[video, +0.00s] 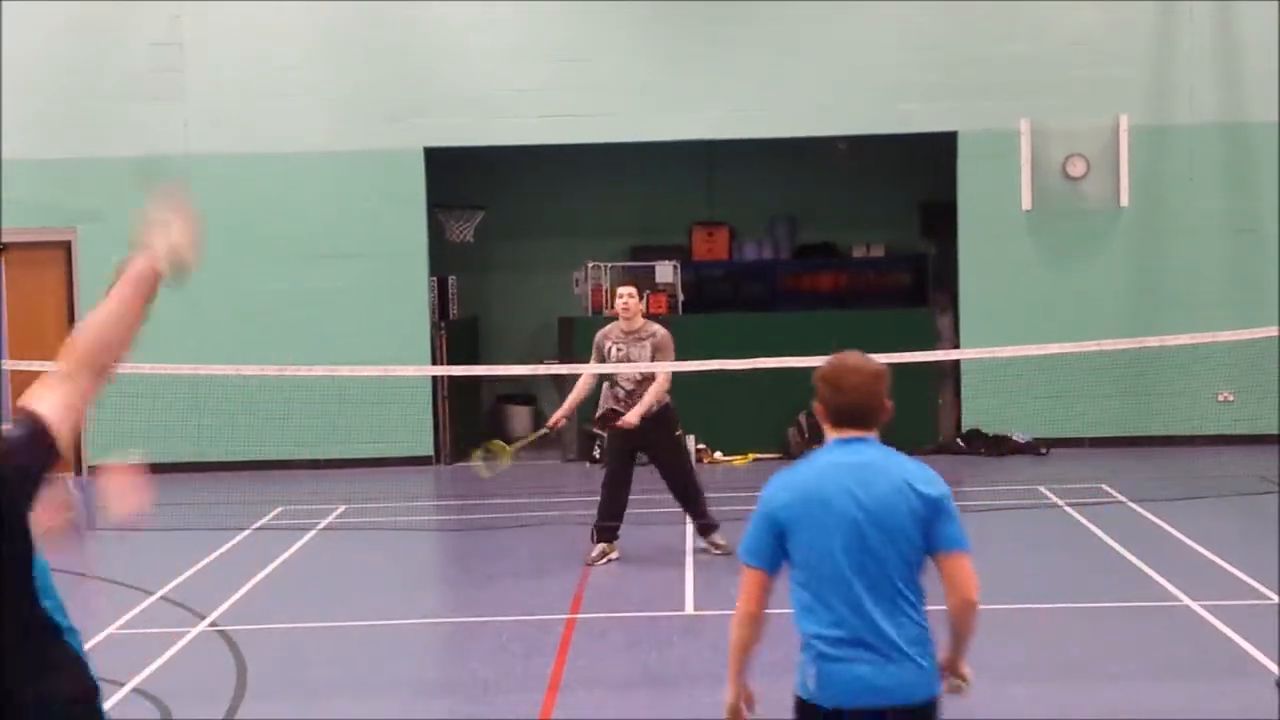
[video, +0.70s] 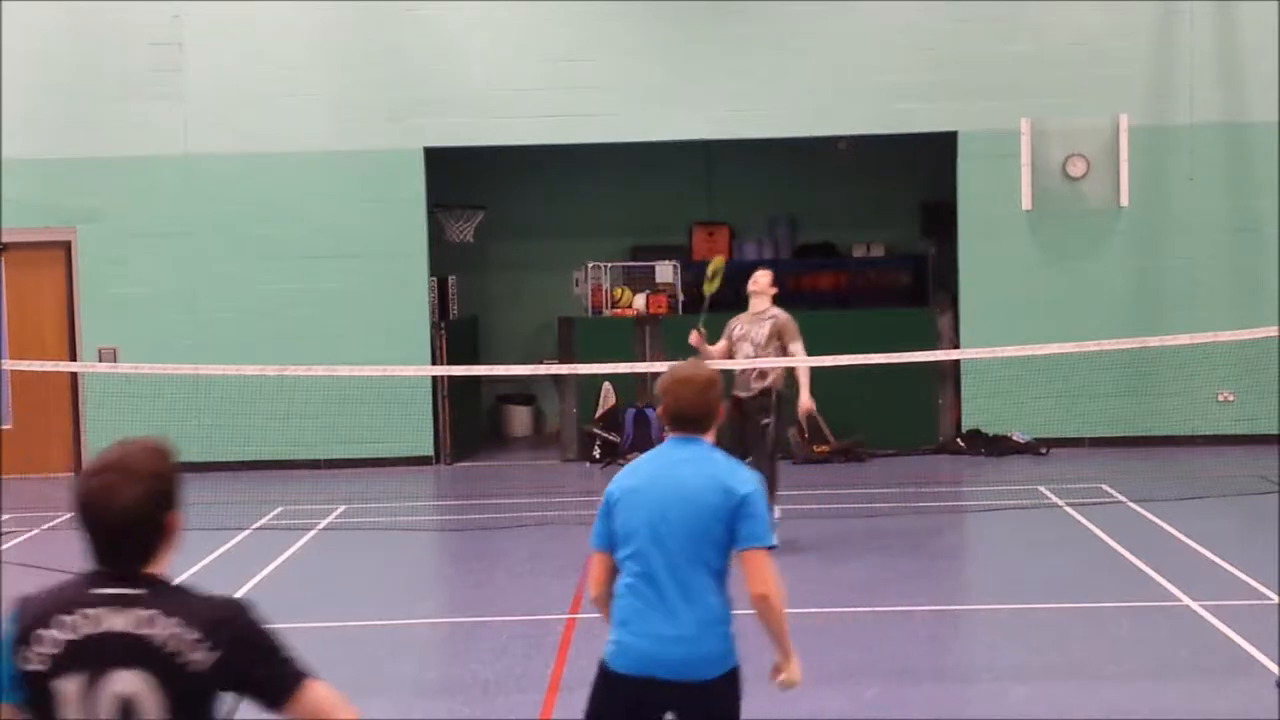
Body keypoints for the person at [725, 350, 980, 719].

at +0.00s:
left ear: (820, 412)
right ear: (886, 410)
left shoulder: (788, 486)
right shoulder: (921, 481)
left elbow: (751, 604)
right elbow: (965, 594)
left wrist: (737, 680)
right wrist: (955, 656)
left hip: (828, 695)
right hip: (909, 694)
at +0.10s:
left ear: (796, 407)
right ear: (861, 405)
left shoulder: (764, 478)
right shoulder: (894, 478)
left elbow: (722, 596)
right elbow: (933, 590)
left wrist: (723, 651)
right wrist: (928, 650)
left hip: (797, 686)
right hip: (873, 685)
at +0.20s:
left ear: (774, 414)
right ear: (838, 412)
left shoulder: (739, 483)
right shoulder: (867, 485)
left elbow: (699, 592)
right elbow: (905, 597)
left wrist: (711, 637)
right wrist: (909, 665)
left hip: (762, 687)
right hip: (834, 688)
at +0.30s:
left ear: (753, 422)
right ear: (818, 421)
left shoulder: (717, 489)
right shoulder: (840, 498)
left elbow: (678, 595)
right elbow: (873, 608)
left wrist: (700, 637)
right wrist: (880, 687)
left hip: (729, 688)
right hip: (796, 690)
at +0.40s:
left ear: (733, 415)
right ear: (795, 419)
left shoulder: (695, 479)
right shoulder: (814, 492)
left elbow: (661, 588)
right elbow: (840, 604)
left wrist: (691, 634)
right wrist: (850, 681)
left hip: (704, 676)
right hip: (774, 679)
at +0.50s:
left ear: (709, 404)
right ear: (771, 405)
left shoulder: (671, 468)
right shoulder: (791, 478)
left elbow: (644, 578)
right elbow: (813, 591)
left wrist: (671, 624)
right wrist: (821, 664)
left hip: (678, 664)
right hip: (752, 668)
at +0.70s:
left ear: (661, 415)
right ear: (720, 414)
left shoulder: (625, 481)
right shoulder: (739, 482)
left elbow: (598, 589)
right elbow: (761, 591)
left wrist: (631, 630)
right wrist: (785, 654)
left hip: (630, 669)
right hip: (707, 671)